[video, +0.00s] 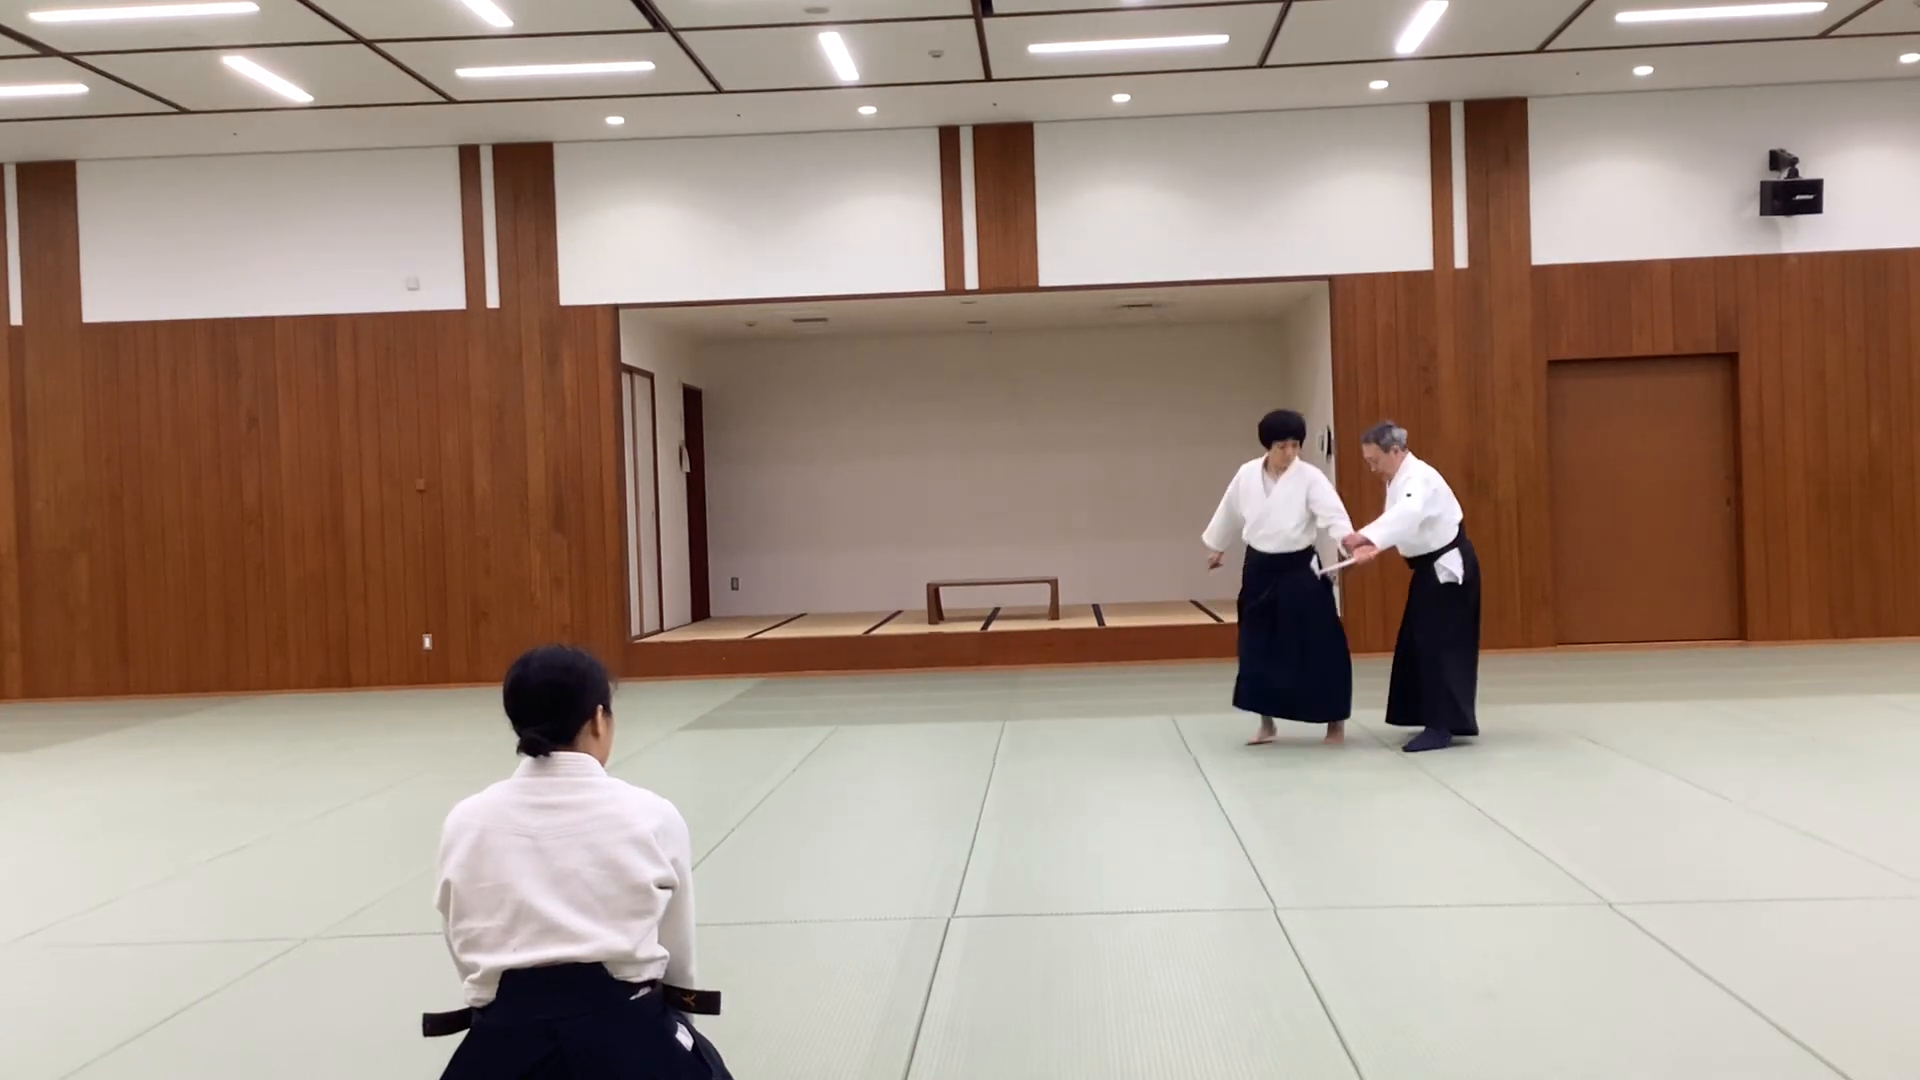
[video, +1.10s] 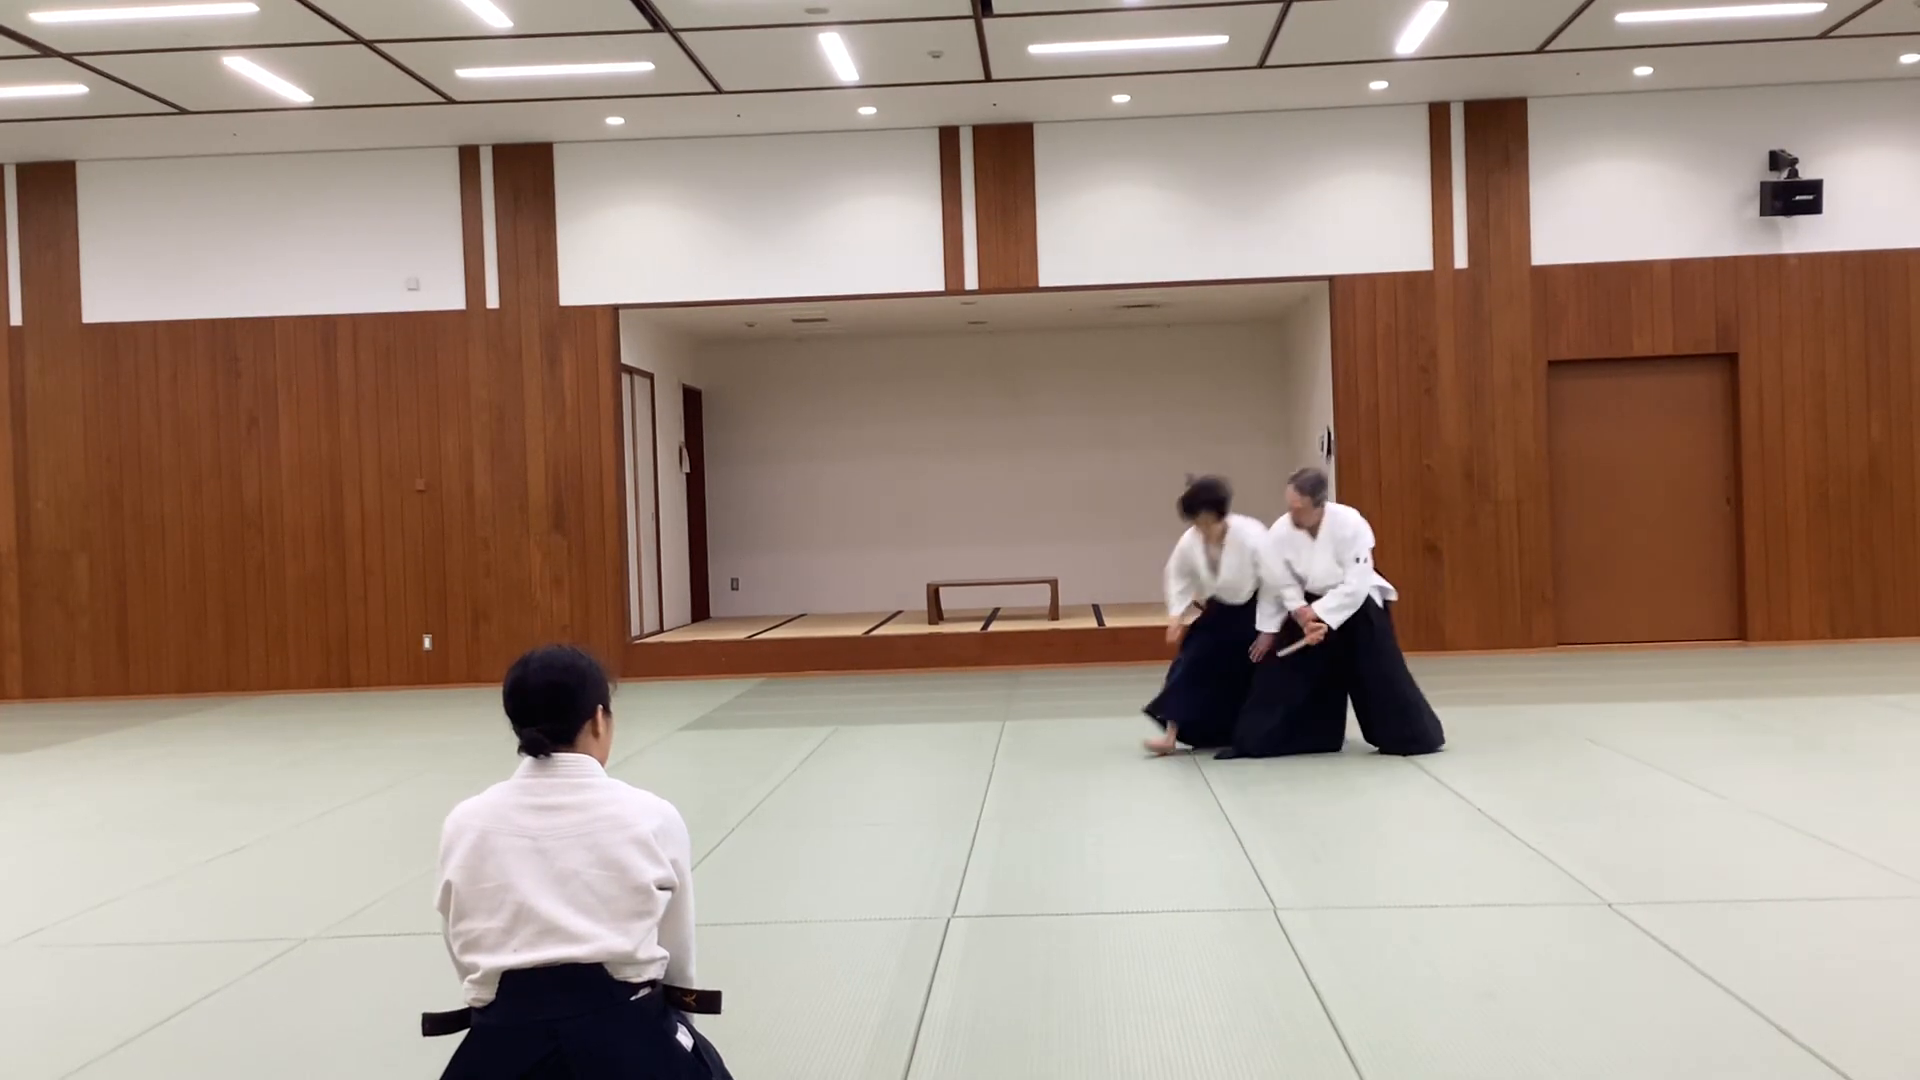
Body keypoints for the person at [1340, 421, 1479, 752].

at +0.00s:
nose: (1370, 467)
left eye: (1373, 460)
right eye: (1368, 461)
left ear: (1395, 451)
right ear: (1391, 454)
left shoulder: (1418, 478)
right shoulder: (1399, 480)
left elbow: (1404, 517)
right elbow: (1399, 522)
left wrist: (1364, 535)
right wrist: (1375, 546)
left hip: (1447, 566)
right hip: (1429, 567)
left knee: (1434, 643)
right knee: (1426, 642)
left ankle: (1439, 726)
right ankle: (1444, 721)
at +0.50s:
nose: (1370, 465)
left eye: (1375, 459)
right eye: (1368, 459)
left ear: (1398, 455)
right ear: (1374, 454)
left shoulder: (1421, 480)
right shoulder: (1377, 487)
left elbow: (1400, 506)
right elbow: (1360, 535)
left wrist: (1354, 502)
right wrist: (1338, 573)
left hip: (1431, 576)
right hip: (1401, 577)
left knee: (1424, 650)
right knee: (1400, 649)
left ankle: (1426, 730)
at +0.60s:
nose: (1364, 464)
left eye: (1370, 459)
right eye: (1364, 458)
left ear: (1394, 456)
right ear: (1370, 454)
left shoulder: (1418, 480)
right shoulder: (1367, 485)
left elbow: (1394, 503)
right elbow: (1342, 521)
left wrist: (1352, 493)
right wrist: (1298, 547)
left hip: (1425, 578)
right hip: (1390, 578)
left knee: (1425, 654)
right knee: (1380, 650)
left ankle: (1430, 734)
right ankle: (1401, 726)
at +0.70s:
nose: (1359, 469)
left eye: (1365, 465)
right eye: (1358, 463)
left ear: (1389, 464)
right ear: (1357, 457)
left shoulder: (1412, 486)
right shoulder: (1350, 483)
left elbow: (1386, 517)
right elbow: (1321, 517)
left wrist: (1339, 510)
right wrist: (1279, 538)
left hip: (1417, 580)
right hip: (1378, 578)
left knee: (1416, 656)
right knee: (1359, 646)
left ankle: (1420, 735)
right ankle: (1373, 727)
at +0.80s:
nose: (1350, 478)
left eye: (1357, 474)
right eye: (1349, 471)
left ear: (1381, 473)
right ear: (1346, 464)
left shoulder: (1402, 498)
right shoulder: (1339, 488)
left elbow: (1385, 545)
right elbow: (1310, 507)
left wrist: (1327, 546)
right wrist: (1311, 533)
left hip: (1404, 585)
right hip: (1363, 583)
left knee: (1405, 659)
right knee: (1332, 649)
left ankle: (1411, 735)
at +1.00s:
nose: (1316, 501)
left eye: (1322, 497)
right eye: (1314, 494)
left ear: (1346, 497)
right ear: (1313, 489)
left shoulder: (1373, 518)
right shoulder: (1301, 518)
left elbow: (1371, 570)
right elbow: (1296, 562)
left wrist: (1320, 596)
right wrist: (1302, 592)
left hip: (1375, 602)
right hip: (1327, 604)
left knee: (1390, 667)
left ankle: (1406, 736)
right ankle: (1251, 728)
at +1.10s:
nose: (1291, 515)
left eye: (1297, 510)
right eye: (1290, 508)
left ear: (1318, 506)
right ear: (1289, 501)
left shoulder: (1349, 524)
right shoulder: (1279, 534)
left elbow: (1358, 582)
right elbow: (1283, 583)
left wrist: (1318, 613)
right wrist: (1302, 614)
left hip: (1354, 602)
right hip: (1308, 606)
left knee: (1379, 668)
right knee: (1281, 668)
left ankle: (1414, 735)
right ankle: (1252, 742)